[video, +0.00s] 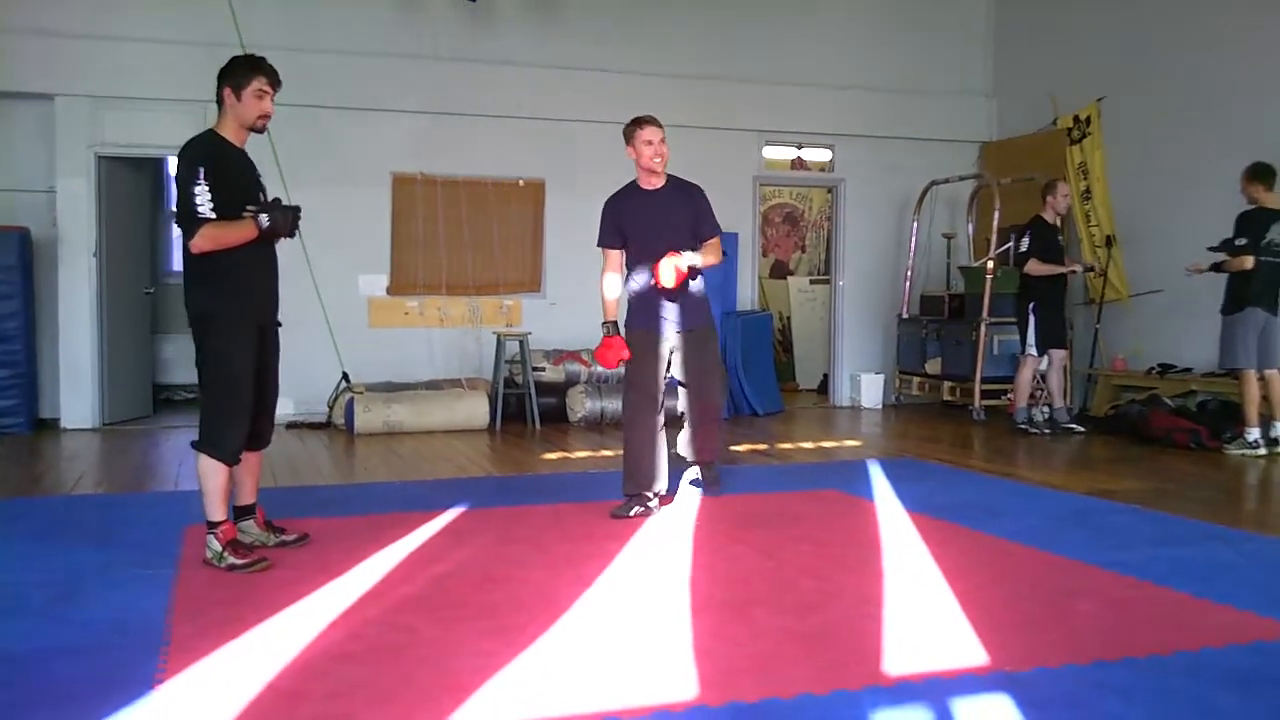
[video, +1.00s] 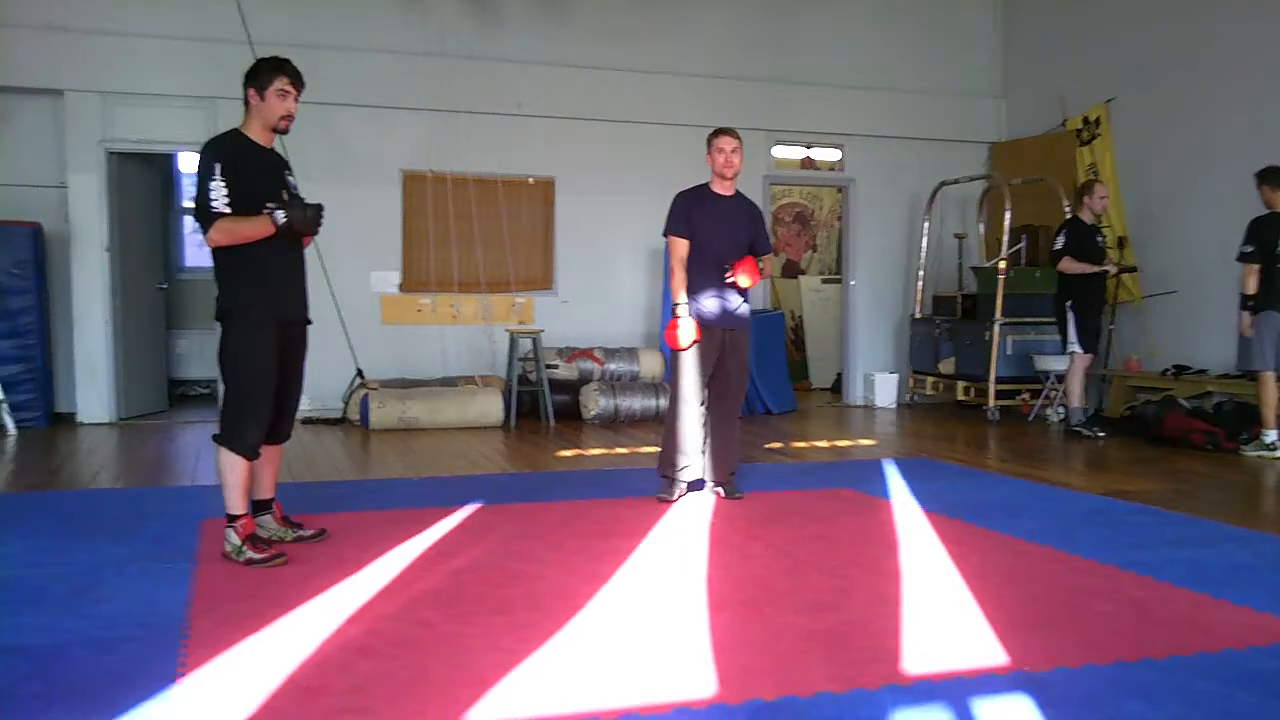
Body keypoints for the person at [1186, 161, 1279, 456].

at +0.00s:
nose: (1243, 193)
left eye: (1245, 187)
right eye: (1243, 187)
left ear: (1256, 187)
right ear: (1269, 186)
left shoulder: (1251, 218)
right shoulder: (1277, 216)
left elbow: (1245, 262)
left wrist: (1213, 266)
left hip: (1247, 303)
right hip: (1273, 302)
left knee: (1247, 370)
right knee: (1272, 370)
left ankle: (1252, 437)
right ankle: (1276, 432)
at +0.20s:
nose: (1244, 194)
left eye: (1247, 188)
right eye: (1244, 188)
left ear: (1259, 189)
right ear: (1270, 189)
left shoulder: (1253, 223)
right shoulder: (1276, 220)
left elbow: (1240, 265)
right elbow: (1257, 261)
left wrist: (1209, 259)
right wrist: (1222, 255)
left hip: (1249, 306)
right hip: (1274, 305)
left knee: (1250, 373)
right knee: (1273, 372)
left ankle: (1255, 439)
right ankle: (1277, 434)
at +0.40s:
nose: (1249, 192)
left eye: (1252, 187)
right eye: (1250, 187)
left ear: (1265, 188)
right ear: (1273, 188)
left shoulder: (1256, 225)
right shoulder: (1275, 222)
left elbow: (1226, 263)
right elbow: (1251, 258)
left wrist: (1216, 251)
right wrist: (1226, 253)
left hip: (1254, 307)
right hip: (1276, 305)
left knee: (1253, 374)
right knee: (1274, 374)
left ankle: (1258, 440)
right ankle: (1276, 434)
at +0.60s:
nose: (1263, 197)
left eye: (1265, 191)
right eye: (1262, 192)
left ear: (1275, 191)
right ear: (1272, 191)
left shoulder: (1264, 226)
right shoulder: (1267, 224)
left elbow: (1235, 254)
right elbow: (1238, 254)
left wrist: (1212, 240)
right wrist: (1215, 242)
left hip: (1263, 310)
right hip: (1270, 310)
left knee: (1263, 377)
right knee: (1269, 377)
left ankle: (1266, 441)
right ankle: (1267, 439)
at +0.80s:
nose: (1269, 197)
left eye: (1269, 192)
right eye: (1268, 191)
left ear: (1274, 193)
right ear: (1275, 192)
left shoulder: (1269, 226)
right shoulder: (1268, 226)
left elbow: (1241, 268)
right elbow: (1243, 266)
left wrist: (1219, 274)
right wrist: (1223, 273)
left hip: (1267, 311)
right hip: (1268, 310)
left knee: (1269, 376)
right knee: (1269, 376)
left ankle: (1271, 441)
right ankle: (1271, 439)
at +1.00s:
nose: (1261, 196)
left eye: (1261, 190)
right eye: (1260, 190)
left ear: (1268, 190)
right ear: (1275, 189)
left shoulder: (1262, 225)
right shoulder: (1262, 225)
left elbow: (1252, 270)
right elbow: (1252, 270)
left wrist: (1247, 308)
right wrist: (1249, 308)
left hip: (1269, 308)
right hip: (1269, 308)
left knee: (1267, 371)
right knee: (1267, 371)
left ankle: (1270, 436)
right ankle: (1270, 435)